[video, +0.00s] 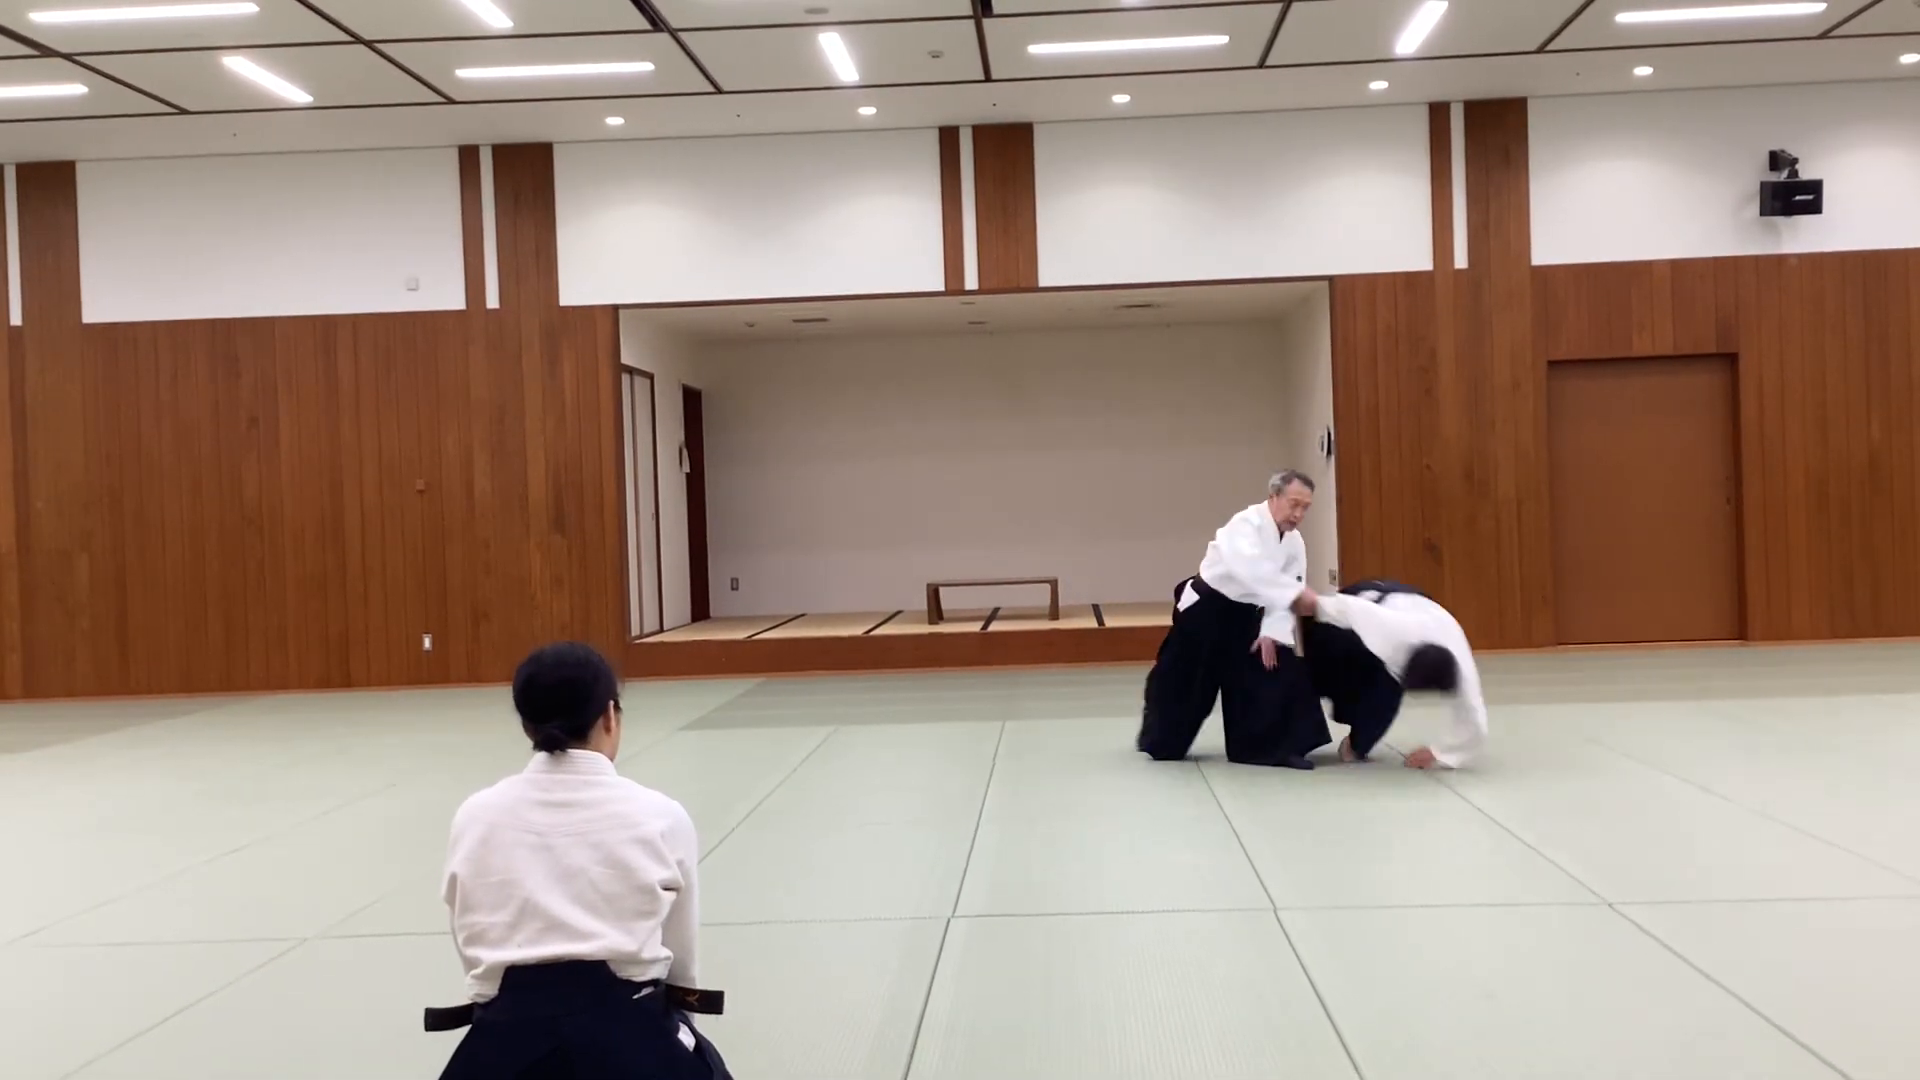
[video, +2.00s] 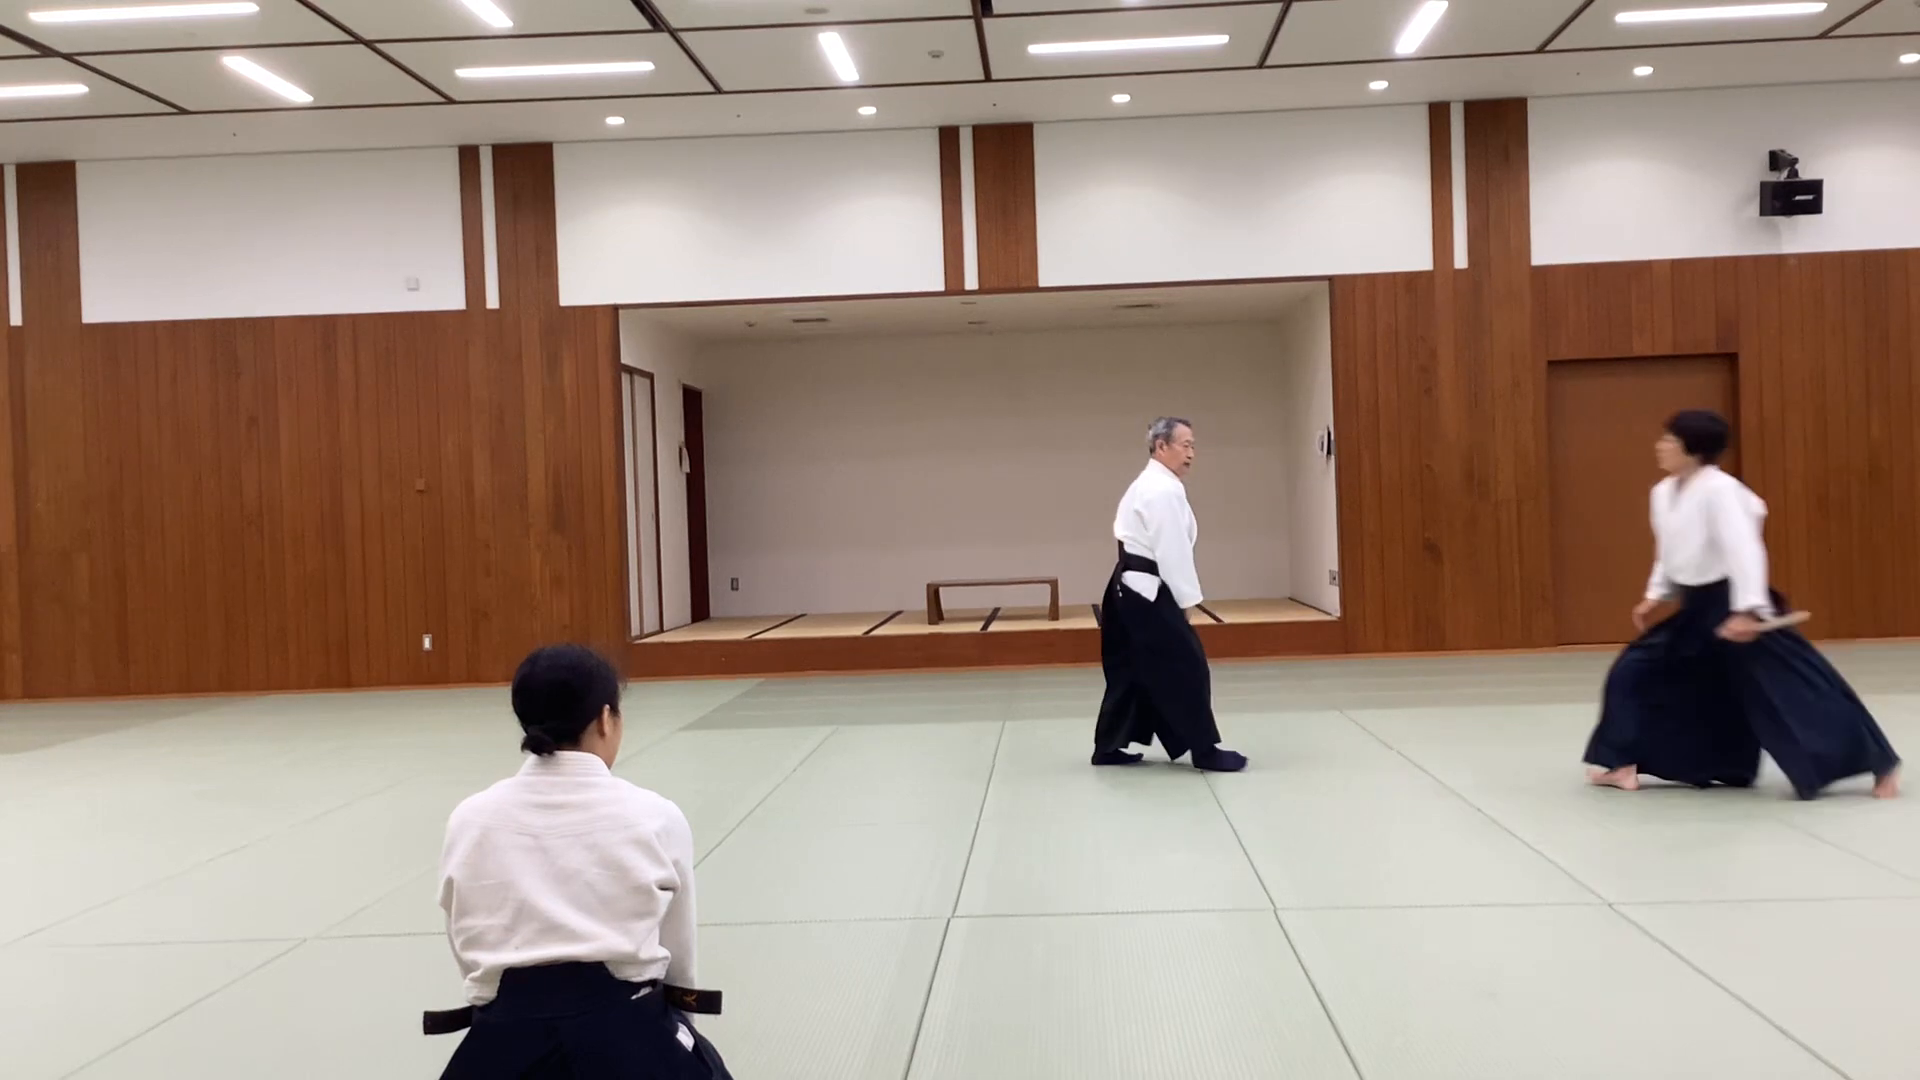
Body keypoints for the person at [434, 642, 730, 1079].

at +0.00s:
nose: (620, 721)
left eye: (618, 709)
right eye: (619, 710)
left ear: (527, 725)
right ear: (609, 717)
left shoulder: (475, 816)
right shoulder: (660, 817)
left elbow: (471, 951)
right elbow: (681, 965)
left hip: (507, 1042)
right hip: (630, 1040)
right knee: (701, 1052)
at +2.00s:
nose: (619, 726)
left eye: (619, 713)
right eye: (619, 714)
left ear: (528, 723)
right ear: (605, 721)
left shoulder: (469, 819)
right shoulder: (656, 817)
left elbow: (467, 955)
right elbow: (680, 965)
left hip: (504, 1046)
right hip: (629, 1043)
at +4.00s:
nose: (611, 726)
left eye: (610, 713)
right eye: (610, 714)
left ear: (519, 724)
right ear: (598, 721)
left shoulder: (465, 822)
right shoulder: (652, 816)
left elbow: (465, 957)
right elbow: (678, 966)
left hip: (503, 1048)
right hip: (629, 1043)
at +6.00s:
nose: (610, 728)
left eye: (609, 715)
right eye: (609, 716)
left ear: (518, 726)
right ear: (597, 722)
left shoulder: (464, 823)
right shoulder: (652, 817)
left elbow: (465, 961)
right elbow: (678, 966)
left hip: (503, 1050)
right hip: (629, 1045)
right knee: (695, 1045)